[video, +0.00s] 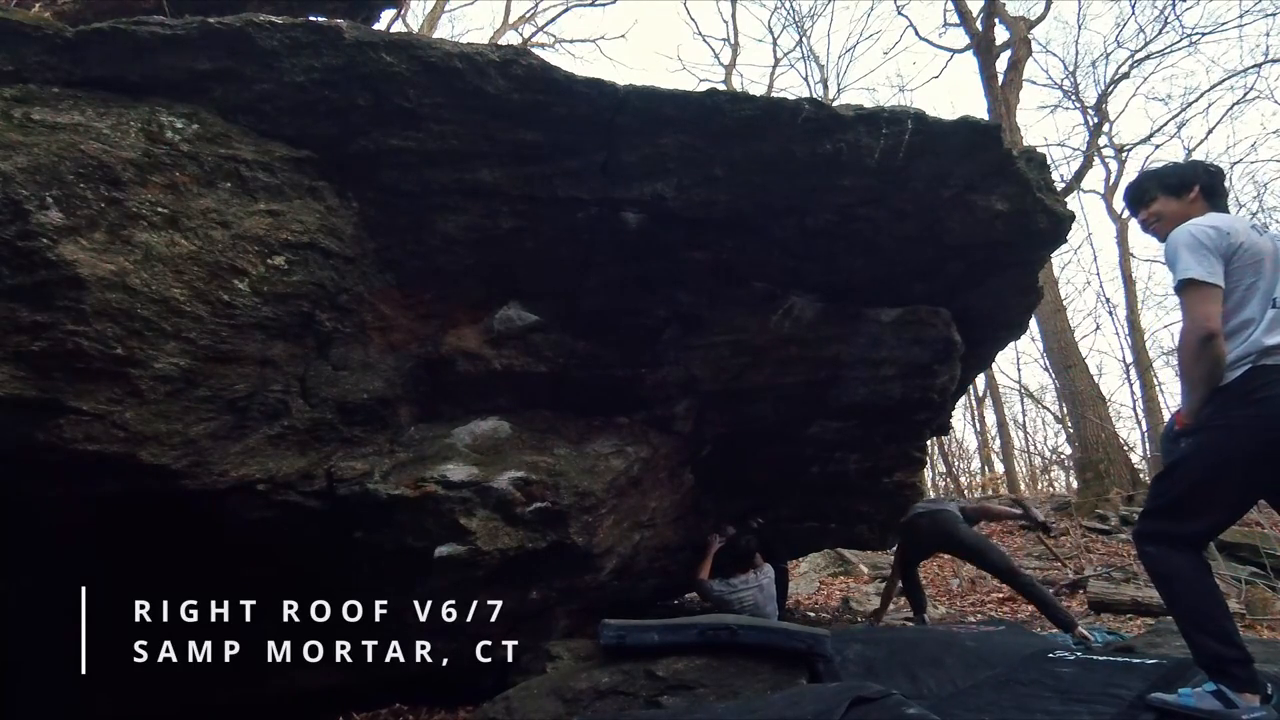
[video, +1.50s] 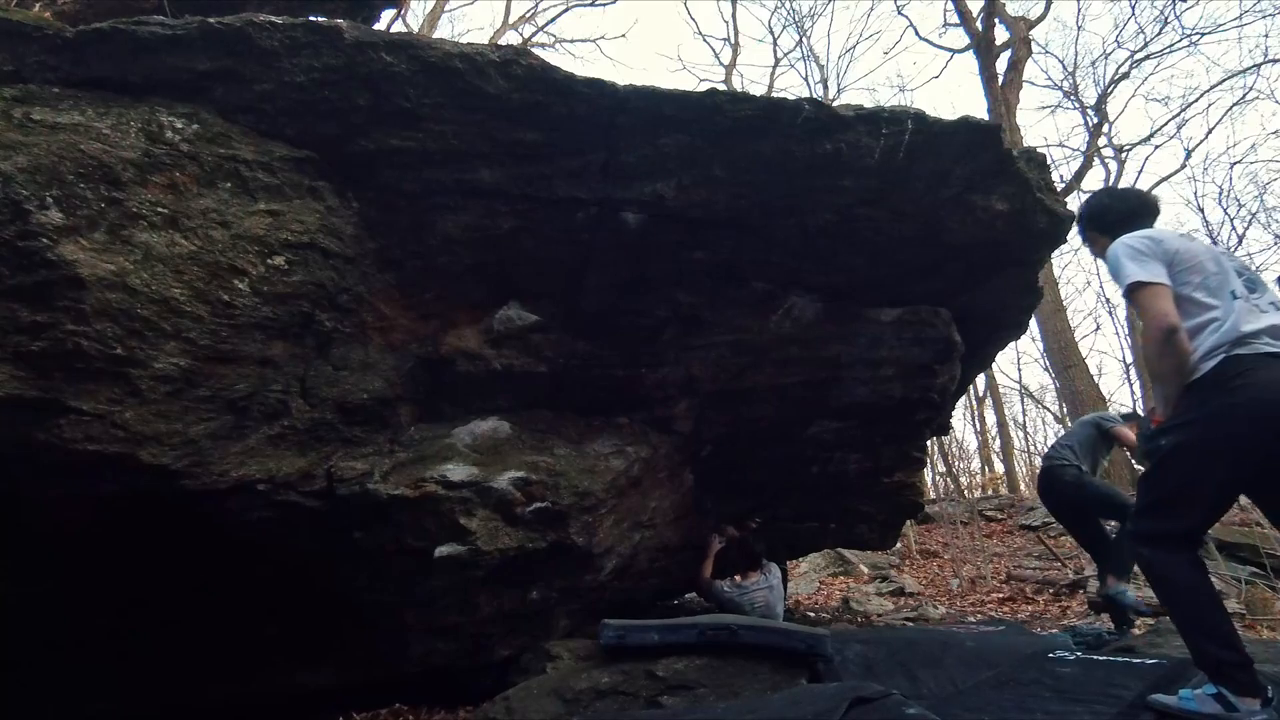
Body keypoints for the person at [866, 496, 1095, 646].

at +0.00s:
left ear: (920, 512)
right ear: (951, 507)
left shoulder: (909, 527)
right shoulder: (959, 510)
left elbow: (893, 579)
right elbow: (1015, 506)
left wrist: (880, 610)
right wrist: (1039, 521)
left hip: (914, 534)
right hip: (948, 525)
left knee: (908, 569)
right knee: (1014, 576)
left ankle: (921, 620)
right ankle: (1074, 629)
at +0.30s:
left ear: (922, 497)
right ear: (951, 491)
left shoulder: (910, 508)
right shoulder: (960, 494)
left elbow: (887, 546)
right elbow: (998, 495)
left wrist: (875, 583)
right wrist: (1038, 502)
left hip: (922, 525)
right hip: (957, 517)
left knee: (915, 569)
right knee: (1023, 561)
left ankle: (921, 621)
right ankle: (1082, 616)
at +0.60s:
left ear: (999, 465)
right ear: (1024, 467)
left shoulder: (976, 475)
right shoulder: (1026, 468)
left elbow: (941, 497)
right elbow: (1059, 486)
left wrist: (932, 538)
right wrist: (1089, 521)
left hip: (969, 507)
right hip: (1005, 505)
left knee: (943, 561)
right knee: (1058, 562)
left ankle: (926, 617)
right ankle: (1090, 630)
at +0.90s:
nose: (1096, 443)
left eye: (1098, 439)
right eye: (1097, 438)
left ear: (1071, 422)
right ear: (1089, 428)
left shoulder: (1050, 433)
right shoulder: (1080, 428)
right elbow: (1090, 454)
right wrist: (1099, 501)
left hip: (1006, 478)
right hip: (1036, 478)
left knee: (1040, 546)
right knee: (1076, 550)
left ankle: (1005, 584)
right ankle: (1092, 626)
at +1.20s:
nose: (1113, 423)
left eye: (1115, 419)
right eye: (1113, 417)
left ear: (1095, 405)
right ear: (1104, 406)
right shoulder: (1087, 410)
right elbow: (1112, 445)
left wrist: (1113, 497)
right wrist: (1128, 484)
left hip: (1042, 484)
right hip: (1062, 481)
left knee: (1099, 553)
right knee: (1101, 551)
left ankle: (1126, 622)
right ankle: (1094, 624)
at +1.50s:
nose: (1133, 439)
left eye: (1133, 436)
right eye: (1135, 435)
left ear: (1129, 427)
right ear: (1130, 424)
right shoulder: (1105, 418)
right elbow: (1132, 443)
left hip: (1048, 484)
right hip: (1065, 475)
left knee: (1103, 550)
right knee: (1133, 514)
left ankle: (1124, 626)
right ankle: (1116, 583)